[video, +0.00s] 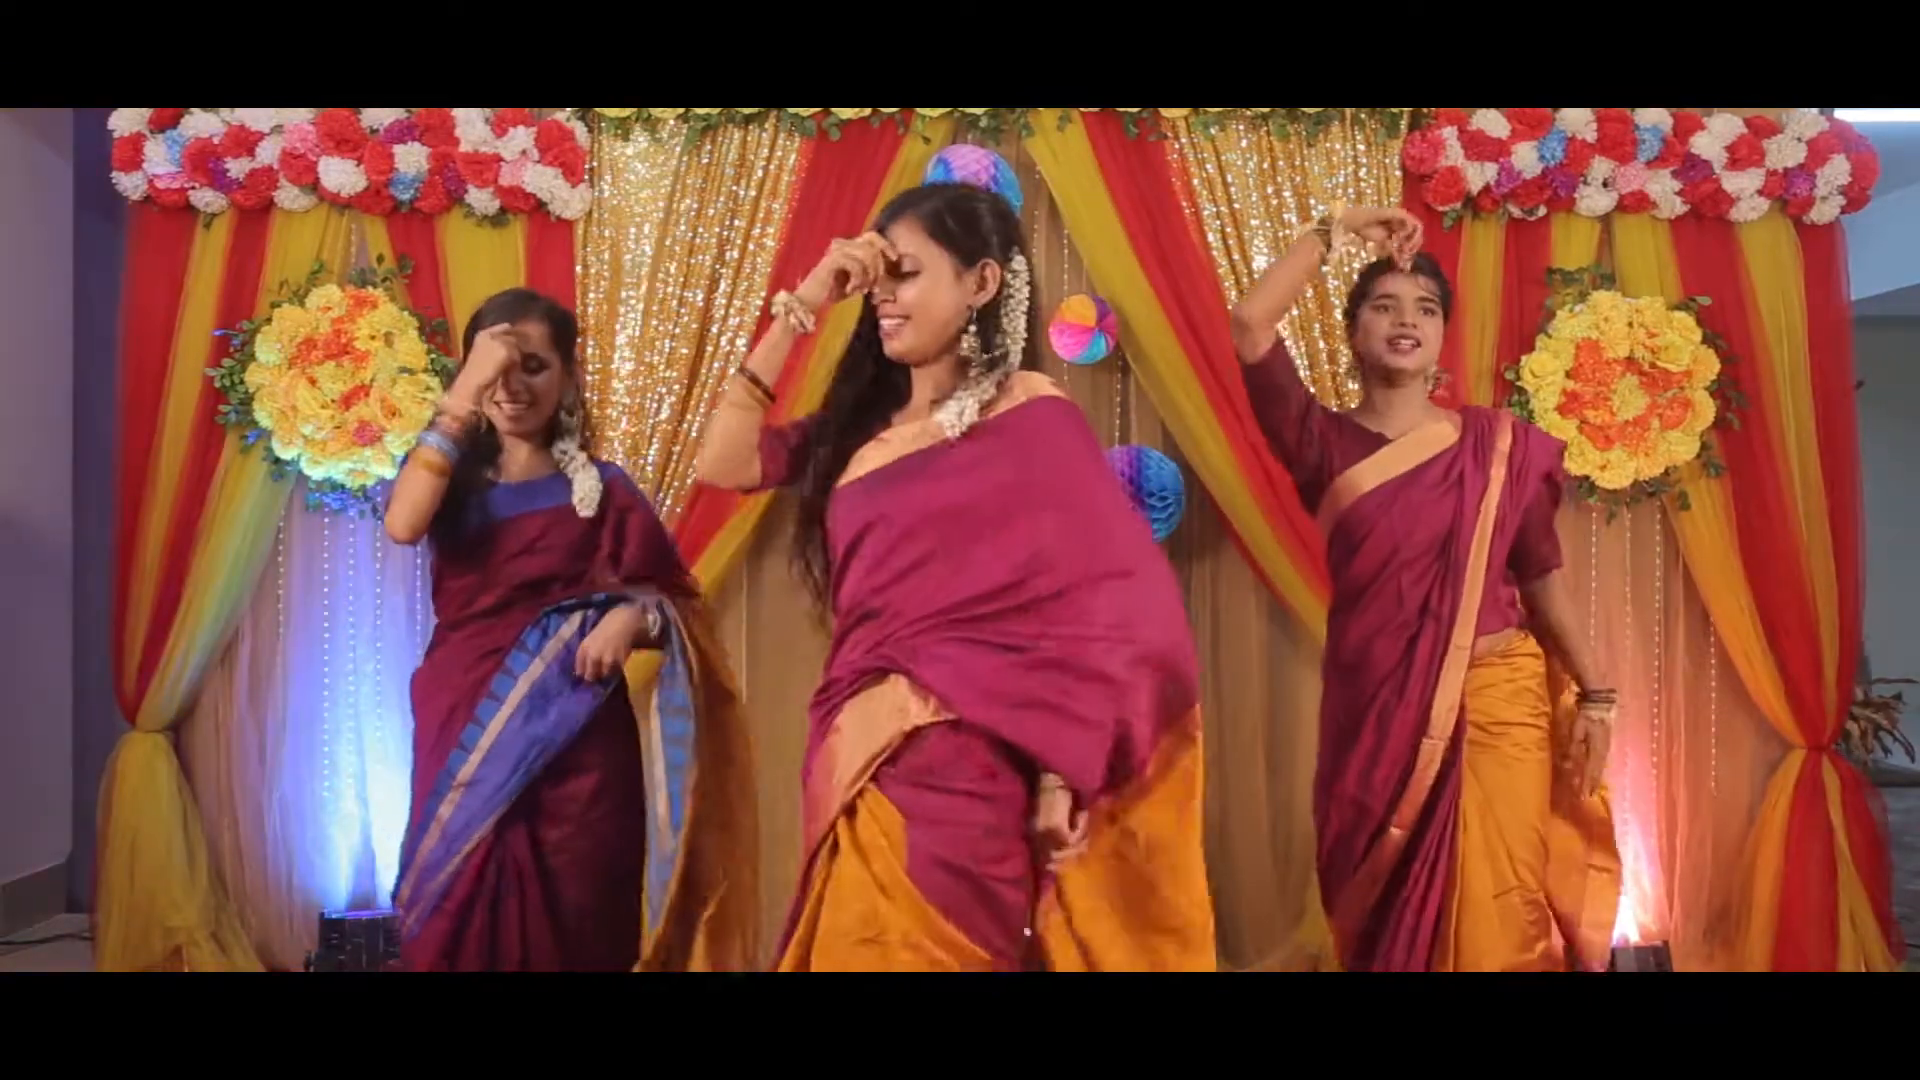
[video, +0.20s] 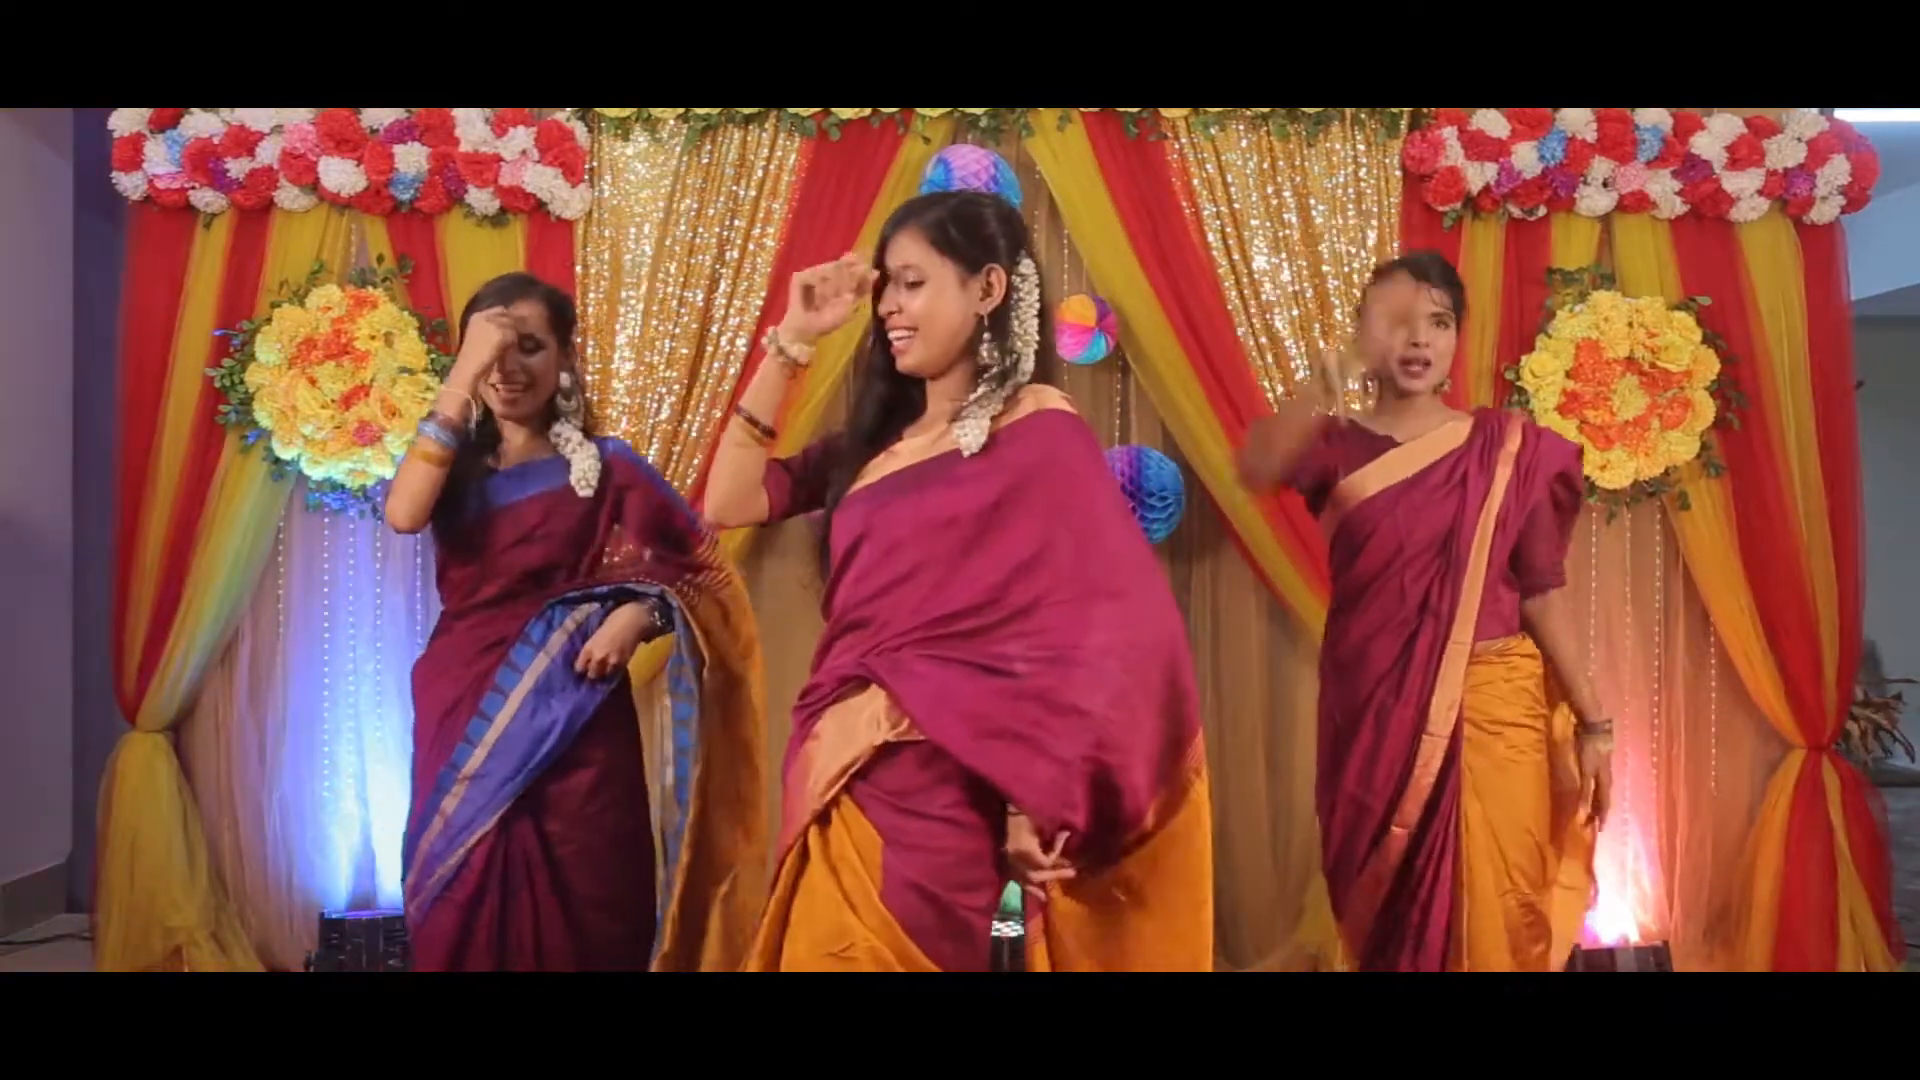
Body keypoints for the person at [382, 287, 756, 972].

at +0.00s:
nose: (513, 384)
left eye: (533, 367)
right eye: (497, 368)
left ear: (570, 380)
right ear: (472, 381)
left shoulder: (604, 486)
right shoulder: (446, 473)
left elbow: (673, 601)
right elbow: (404, 524)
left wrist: (631, 618)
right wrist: (461, 391)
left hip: (585, 739)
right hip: (464, 738)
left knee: (584, 933)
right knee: (462, 929)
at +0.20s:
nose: (508, 364)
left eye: (530, 345)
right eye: (492, 346)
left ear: (565, 360)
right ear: (468, 362)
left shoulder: (607, 465)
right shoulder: (448, 463)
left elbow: (709, 578)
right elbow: (403, 514)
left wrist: (641, 614)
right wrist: (459, 382)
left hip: (584, 724)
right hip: (464, 726)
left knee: (596, 927)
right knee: (463, 927)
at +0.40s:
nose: (514, 361)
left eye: (535, 346)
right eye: (495, 344)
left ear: (563, 368)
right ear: (470, 363)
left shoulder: (597, 465)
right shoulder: (445, 466)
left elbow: (704, 566)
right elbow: (372, 578)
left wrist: (613, 651)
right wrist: (405, 443)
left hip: (564, 714)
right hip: (451, 715)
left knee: (565, 927)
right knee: (441, 920)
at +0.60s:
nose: (484, 324)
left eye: (514, 316)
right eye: (478, 307)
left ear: (549, 351)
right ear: (458, 326)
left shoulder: (560, 438)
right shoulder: (437, 450)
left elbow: (662, 545)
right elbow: (315, 497)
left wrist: (548, 626)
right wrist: (361, 382)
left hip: (532, 710)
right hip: (437, 713)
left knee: (524, 928)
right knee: (428, 916)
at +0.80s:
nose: (444, 326)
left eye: (473, 317)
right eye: (446, 311)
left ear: (523, 352)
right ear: (433, 326)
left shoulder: (523, 429)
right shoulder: (423, 436)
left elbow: (628, 528)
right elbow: (327, 519)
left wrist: (515, 622)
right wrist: (362, 378)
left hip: (502, 684)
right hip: (422, 683)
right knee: (407, 871)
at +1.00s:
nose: (414, 466)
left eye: (442, 452)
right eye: (413, 447)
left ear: (499, 475)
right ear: (402, 455)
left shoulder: (504, 563)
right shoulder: (427, 564)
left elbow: (592, 671)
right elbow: (362, 710)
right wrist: (383, 571)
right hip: (433, 811)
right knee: (351, 943)